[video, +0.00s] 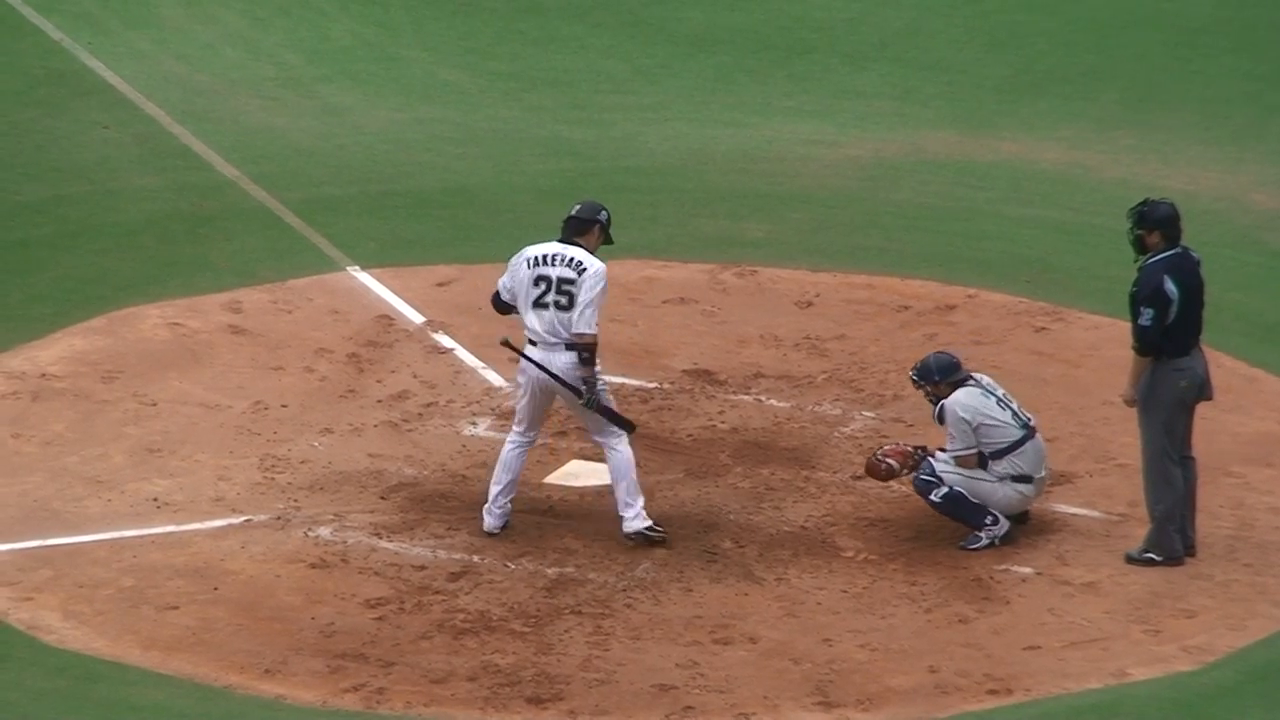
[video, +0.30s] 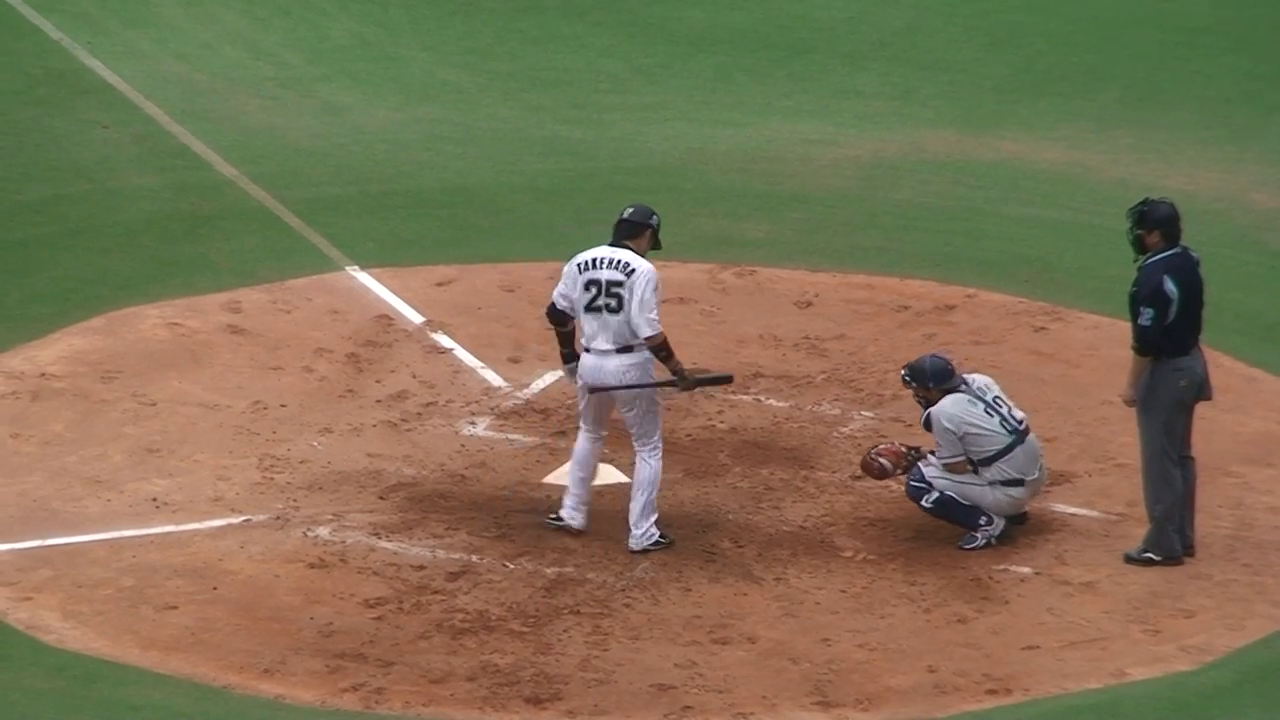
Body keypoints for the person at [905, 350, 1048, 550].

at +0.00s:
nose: (926, 393)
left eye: (927, 387)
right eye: (924, 388)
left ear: (941, 385)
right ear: (957, 374)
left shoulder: (954, 404)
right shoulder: (979, 379)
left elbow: (967, 461)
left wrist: (931, 455)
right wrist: (933, 453)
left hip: (1016, 493)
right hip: (1037, 477)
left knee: (926, 476)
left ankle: (992, 525)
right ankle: (1015, 508)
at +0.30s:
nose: (916, 395)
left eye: (918, 389)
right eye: (914, 389)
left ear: (932, 390)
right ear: (951, 376)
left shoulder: (940, 413)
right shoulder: (980, 379)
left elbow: (958, 468)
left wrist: (925, 458)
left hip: (1010, 496)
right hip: (1037, 477)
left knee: (918, 481)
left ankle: (987, 524)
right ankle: (1013, 510)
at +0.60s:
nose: (916, 391)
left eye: (919, 386)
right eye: (914, 386)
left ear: (933, 388)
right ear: (952, 376)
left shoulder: (940, 412)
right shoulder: (979, 383)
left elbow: (956, 468)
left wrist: (927, 457)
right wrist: (926, 452)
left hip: (1008, 496)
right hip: (1035, 478)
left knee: (917, 481)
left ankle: (987, 525)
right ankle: (1006, 511)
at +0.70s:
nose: (917, 390)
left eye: (920, 384)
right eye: (916, 384)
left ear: (936, 386)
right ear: (953, 376)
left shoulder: (944, 409)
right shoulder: (978, 383)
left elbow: (961, 465)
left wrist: (927, 457)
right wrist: (925, 452)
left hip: (1009, 494)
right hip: (1031, 479)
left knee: (919, 478)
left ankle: (987, 524)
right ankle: (1004, 511)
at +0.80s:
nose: (921, 389)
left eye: (924, 384)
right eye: (920, 383)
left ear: (940, 385)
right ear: (955, 378)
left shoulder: (951, 406)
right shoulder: (976, 385)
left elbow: (965, 463)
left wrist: (929, 454)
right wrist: (924, 448)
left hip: (1011, 493)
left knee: (924, 476)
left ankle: (990, 524)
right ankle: (1003, 512)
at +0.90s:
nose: (922, 387)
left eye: (926, 382)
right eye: (922, 381)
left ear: (943, 383)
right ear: (955, 379)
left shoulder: (958, 403)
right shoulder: (975, 387)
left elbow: (971, 460)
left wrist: (932, 452)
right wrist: (928, 445)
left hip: (1011, 492)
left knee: (929, 472)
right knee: (940, 455)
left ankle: (992, 524)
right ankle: (1002, 511)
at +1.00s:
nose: (923, 384)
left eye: (927, 378)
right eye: (922, 378)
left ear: (944, 380)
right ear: (953, 378)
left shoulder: (961, 401)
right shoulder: (975, 387)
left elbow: (974, 458)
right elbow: (969, 433)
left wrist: (929, 454)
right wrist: (933, 443)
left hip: (1012, 490)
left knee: (931, 470)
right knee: (940, 453)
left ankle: (992, 524)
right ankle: (1001, 508)